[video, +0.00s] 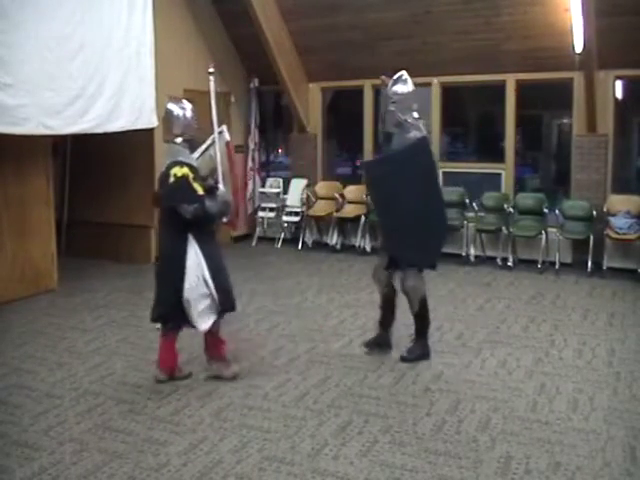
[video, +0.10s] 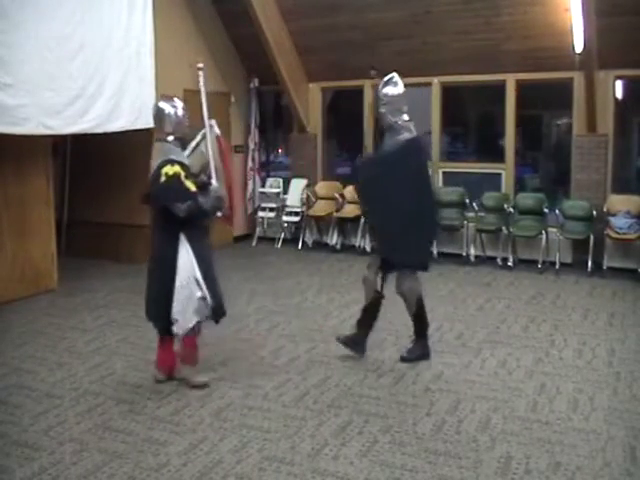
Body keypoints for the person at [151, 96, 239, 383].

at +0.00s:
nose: (198, 128)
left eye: (195, 122)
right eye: (193, 123)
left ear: (176, 131)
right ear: (182, 129)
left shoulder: (184, 163)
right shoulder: (179, 169)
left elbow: (201, 192)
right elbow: (189, 210)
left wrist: (213, 193)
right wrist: (220, 203)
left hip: (178, 245)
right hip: (190, 246)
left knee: (174, 300)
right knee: (210, 296)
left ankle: (167, 364)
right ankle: (217, 359)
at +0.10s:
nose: (188, 123)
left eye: (186, 117)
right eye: (183, 118)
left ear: (166, 125)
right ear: (171, 125)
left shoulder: (172, 157)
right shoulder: (169, 166)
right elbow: (183, 209)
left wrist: (206, 188)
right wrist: (212, 199)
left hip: (171, 243)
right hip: (181, 246)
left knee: (169, 300)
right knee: (190, 300)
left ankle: (164, 367)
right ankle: (189, 365)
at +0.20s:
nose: (180, 121)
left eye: (179, 115)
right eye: (176, 116)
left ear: (159, 118)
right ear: (165, 119)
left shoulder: (170, 150)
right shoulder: (160, 155)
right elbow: (174, 205)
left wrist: (200, 187)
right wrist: (203, 196)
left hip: (179, 236)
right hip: (169, 239)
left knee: (178, 293)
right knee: (172, 293)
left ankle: (169, 352)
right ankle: (163, 353)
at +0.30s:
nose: (176, 123)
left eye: (174, 118)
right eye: (170, 119)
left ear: (161, 122)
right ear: (159, 123)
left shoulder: (170, 153)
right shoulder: (153, 157)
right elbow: (168, 206)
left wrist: (197, 191)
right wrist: (198, 195)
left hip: (178, 239)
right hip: (160, 241)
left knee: (175, 298)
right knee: (159, 298)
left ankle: (167, 360)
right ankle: (136, 364)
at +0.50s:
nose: (167, 127)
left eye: (165, 122)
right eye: (161, 123)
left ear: (154, 128)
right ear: (148, 129)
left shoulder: (158, 160)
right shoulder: (142, 167)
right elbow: (152, 211)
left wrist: (188, 186)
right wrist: (182, 199)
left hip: (169, 245)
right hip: (148, 248)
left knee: (172, 302)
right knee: (138, 307)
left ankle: (166, 360)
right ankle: (121, 371)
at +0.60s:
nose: (164, 132)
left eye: (164, 125)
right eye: (157, 127)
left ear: (163, 129)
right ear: (143, 134)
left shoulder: (158, 163)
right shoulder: (138, 170)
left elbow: (176, 191)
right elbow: (151, 211)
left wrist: (188, 181)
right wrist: (182, 191)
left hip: (169, 249)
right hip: (146, 253)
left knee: (175, 305)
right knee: (138, 313)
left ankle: (171, 363)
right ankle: (121, 374)